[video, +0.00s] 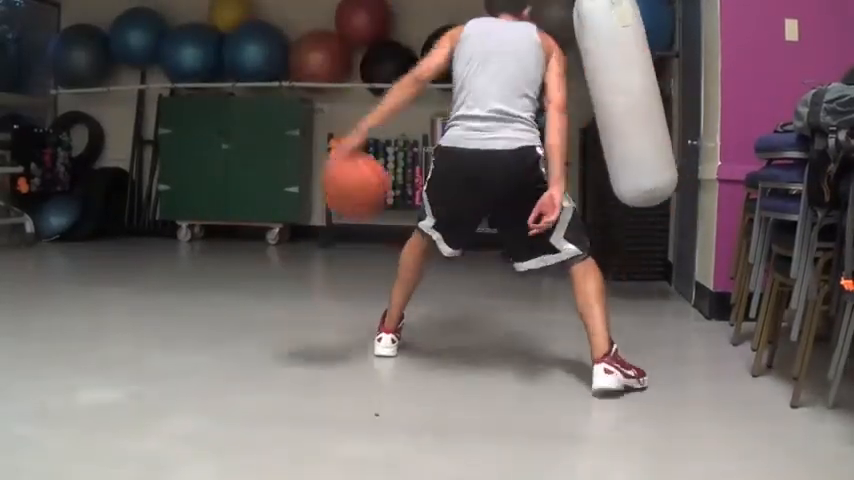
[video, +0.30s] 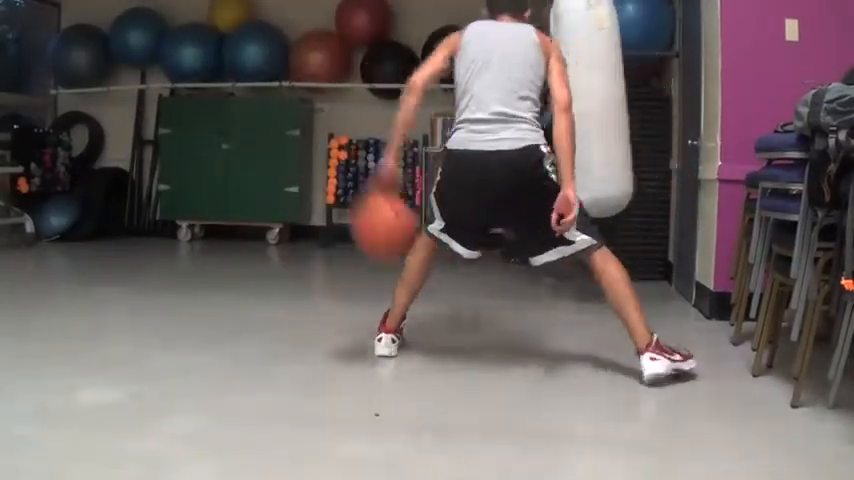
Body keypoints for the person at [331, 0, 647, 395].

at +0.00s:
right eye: (529, 18)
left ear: (488, 14)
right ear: (526, 17)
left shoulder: (458, 35)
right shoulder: (547, 45)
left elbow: (417, 79)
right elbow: (557, 111)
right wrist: (556, 184)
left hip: (457, 162)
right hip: (518, 166)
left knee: (425, 234)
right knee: (579, 255)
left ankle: (388, 329)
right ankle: (605, 360)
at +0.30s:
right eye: (532, 19)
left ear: (486, 15)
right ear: (527, 16)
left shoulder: (459, 38)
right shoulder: (545, 44)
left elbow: (416, 84)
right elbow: (562, 109)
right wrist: (568, 184)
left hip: (464, 169)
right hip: (523, 171)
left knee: (430, 236)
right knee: (596, 252)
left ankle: (389, 329)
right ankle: (650, 349)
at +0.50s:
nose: (603, 47)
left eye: (603, 40)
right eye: (602, 39)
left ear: (556, 25)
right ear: (590, 32)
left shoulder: (514, 50)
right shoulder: (588, 53)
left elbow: (479, 112)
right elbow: (570, 107)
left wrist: (463, 176)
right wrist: (564, 180)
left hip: (488, 172)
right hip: (545, 173)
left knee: (456, 248)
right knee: (629, 251)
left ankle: (395, 327)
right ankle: (661, 357)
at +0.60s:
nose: (620, 46)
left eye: (619, 40)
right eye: (620, 39)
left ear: (584, 21)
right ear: (616, 27)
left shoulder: (542, 49)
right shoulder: (605, 45)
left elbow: (494, 106)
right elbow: (585, 85)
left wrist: (469, 173)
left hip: (503, 175)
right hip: (556, 175)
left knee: (472, 254)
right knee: (642, 251)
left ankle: (403, 328)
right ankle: (663, 358)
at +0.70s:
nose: (628, 35)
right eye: (631, 30)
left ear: (592, 14)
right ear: (631, 24)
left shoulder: (554, 44)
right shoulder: (613, 34)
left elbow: (504, 102)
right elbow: (602, 61)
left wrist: (472, 168)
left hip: (512, 166)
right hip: (565, 165)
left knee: (489, 239)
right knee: (646, 248)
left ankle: (421, 315)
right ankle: (663, 358)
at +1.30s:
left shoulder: (457, 13)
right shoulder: (532, 15)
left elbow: (402, 62)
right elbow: (571, 72)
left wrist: (355, 97)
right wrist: (560, 117)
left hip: (459, 124)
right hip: (509, 127)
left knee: (451, 224)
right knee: (515, 237)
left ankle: (450, 316)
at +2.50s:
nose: (523, 64)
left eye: (526, 58)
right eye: (525, 55)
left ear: (507, 43)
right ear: (515, 45)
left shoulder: (470, 58)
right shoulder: (482, 59)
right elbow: (469, 97)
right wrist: (512, 123)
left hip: (421, 144)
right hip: (436, 144)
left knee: (452, 214)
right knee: (511, 199)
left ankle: (433, 288)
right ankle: (510, 291)